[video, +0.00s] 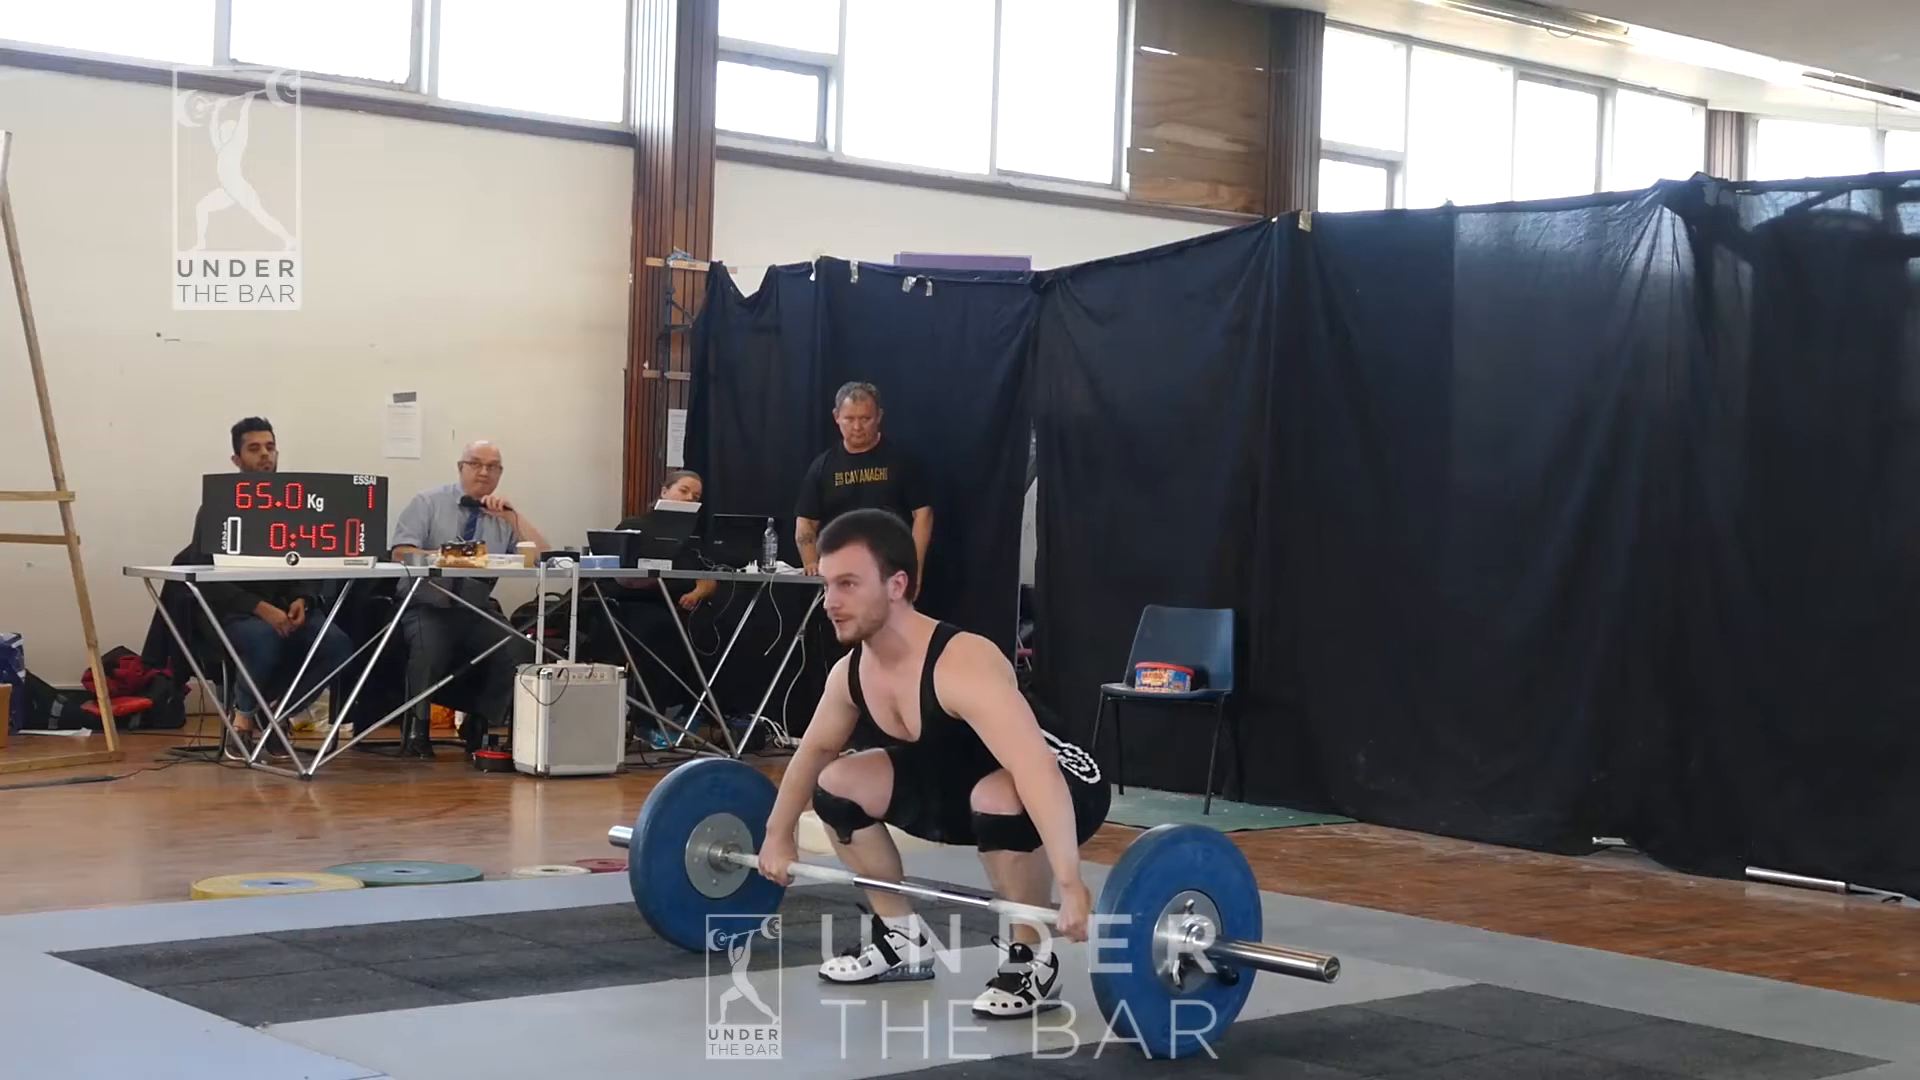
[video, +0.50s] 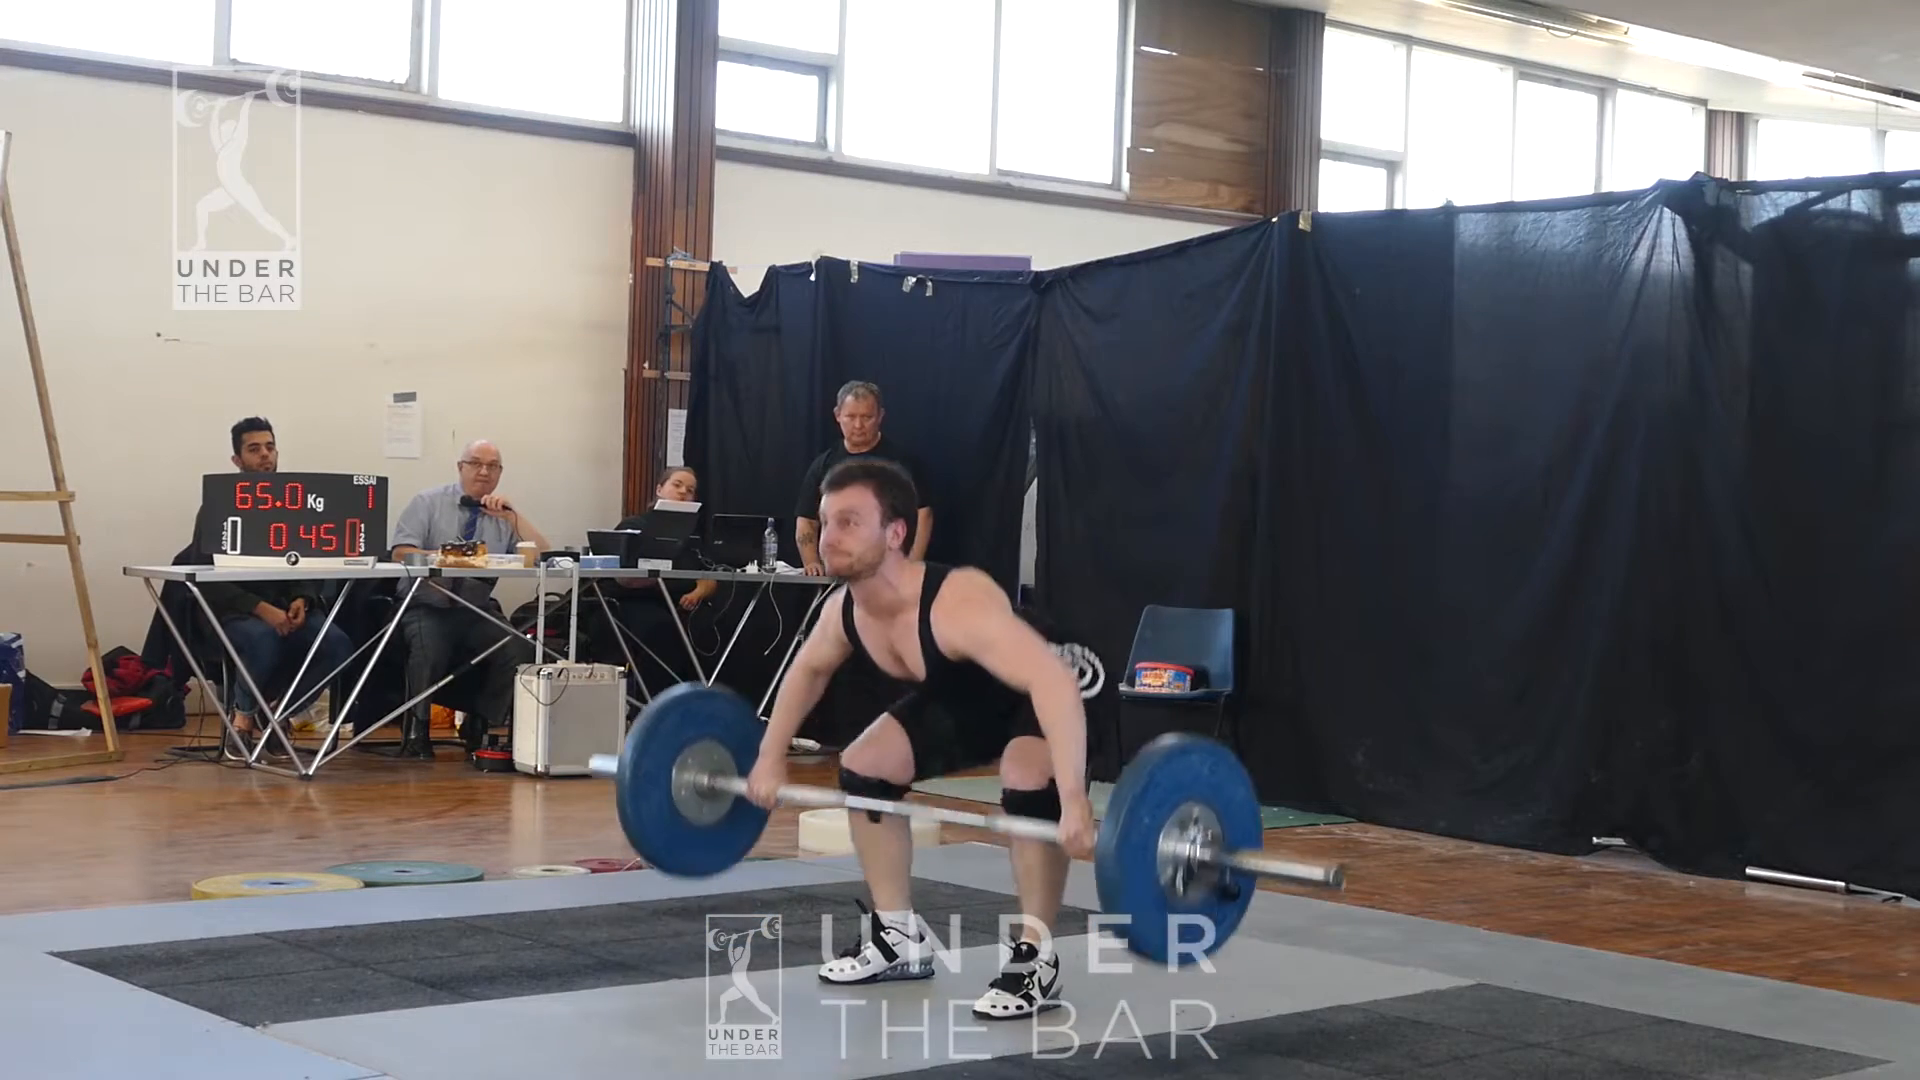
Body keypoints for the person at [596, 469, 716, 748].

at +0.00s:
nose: (688, 498)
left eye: (694, 496)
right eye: (683, 490)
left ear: (698, 503)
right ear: (664, 491)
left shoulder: (696, 536)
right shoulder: (633, 525)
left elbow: (711, 578)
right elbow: (607, 560)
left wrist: (697, 594)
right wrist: (628, 579)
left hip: (675, 606)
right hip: (632, 603)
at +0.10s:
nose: (688, 498)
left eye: (694, 496)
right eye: (683, 490)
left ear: (698, 503)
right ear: (665, 491)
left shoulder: (696, 536)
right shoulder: (633, 525)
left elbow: (710, 579)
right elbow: (607, 559)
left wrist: (696, 594)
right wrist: (628, 579)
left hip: (674, 606)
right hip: (632, 603)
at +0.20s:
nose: (688, 497)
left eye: (694, 495)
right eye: (683, 489)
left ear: (698, 503)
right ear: (665, 491)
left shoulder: (696, 535)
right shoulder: (634, 525)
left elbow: (710, 579)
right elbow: (607, 559)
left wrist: (696, 594)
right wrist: (627, 579)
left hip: (674, 606)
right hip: (631, 603)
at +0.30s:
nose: (687, 496)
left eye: (694, 494)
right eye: (682, 489)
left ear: (697, 503)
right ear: (664, 491)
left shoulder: (696, 536)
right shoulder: (633, 525)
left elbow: (710, 579)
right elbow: (608, 560)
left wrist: (696, 594)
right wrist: (628, 579)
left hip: (674, 606)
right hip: (631, 604)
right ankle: (648, 722)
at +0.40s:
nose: (686, 495)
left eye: (693, 493)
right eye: (681, 487)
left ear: (696, 501)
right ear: (663, 489)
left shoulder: (697, 534)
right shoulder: (633, 525)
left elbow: (710, 578)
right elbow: (612, 568)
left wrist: (697, 594)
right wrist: (629, 581)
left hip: (675, 608)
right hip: (631, 605)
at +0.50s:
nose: (683, 492)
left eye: (690, 489)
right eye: (677, 485)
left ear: (694, 498)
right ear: (660, 489)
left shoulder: (694, 533)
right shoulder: (633, 525)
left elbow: (711, 578)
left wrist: (697, 594)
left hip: (678, 609)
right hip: (634, 606)